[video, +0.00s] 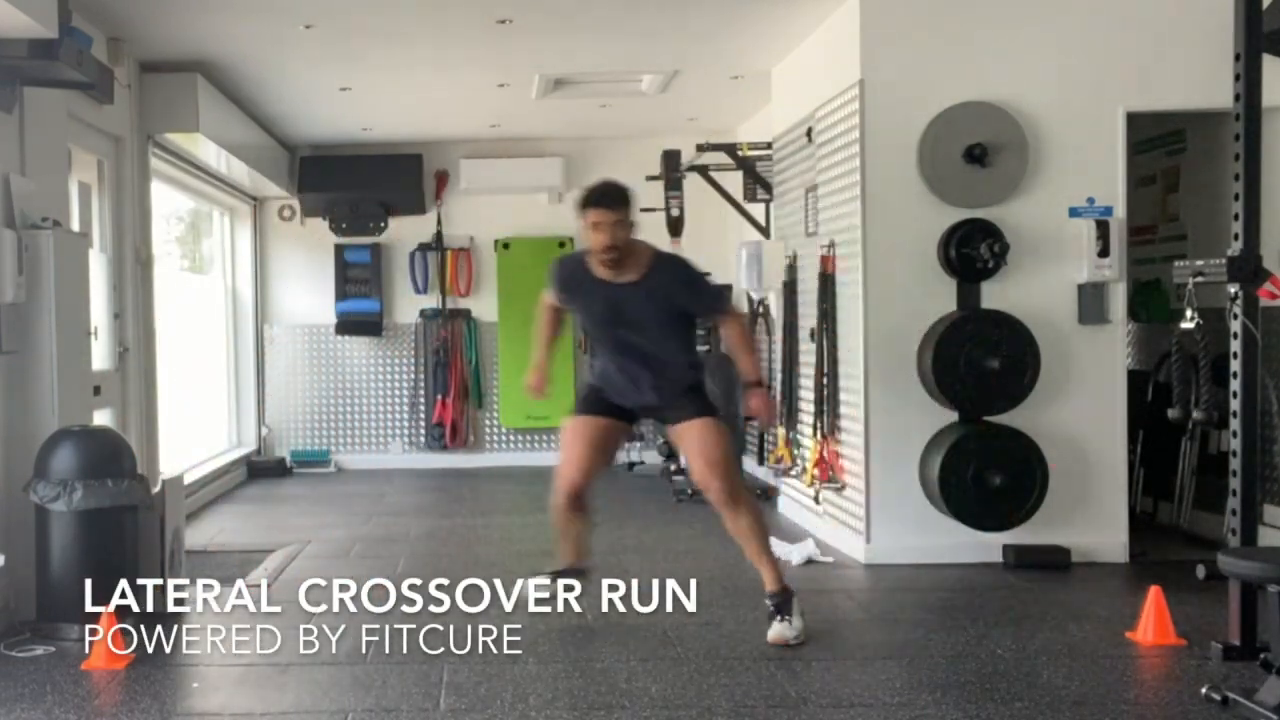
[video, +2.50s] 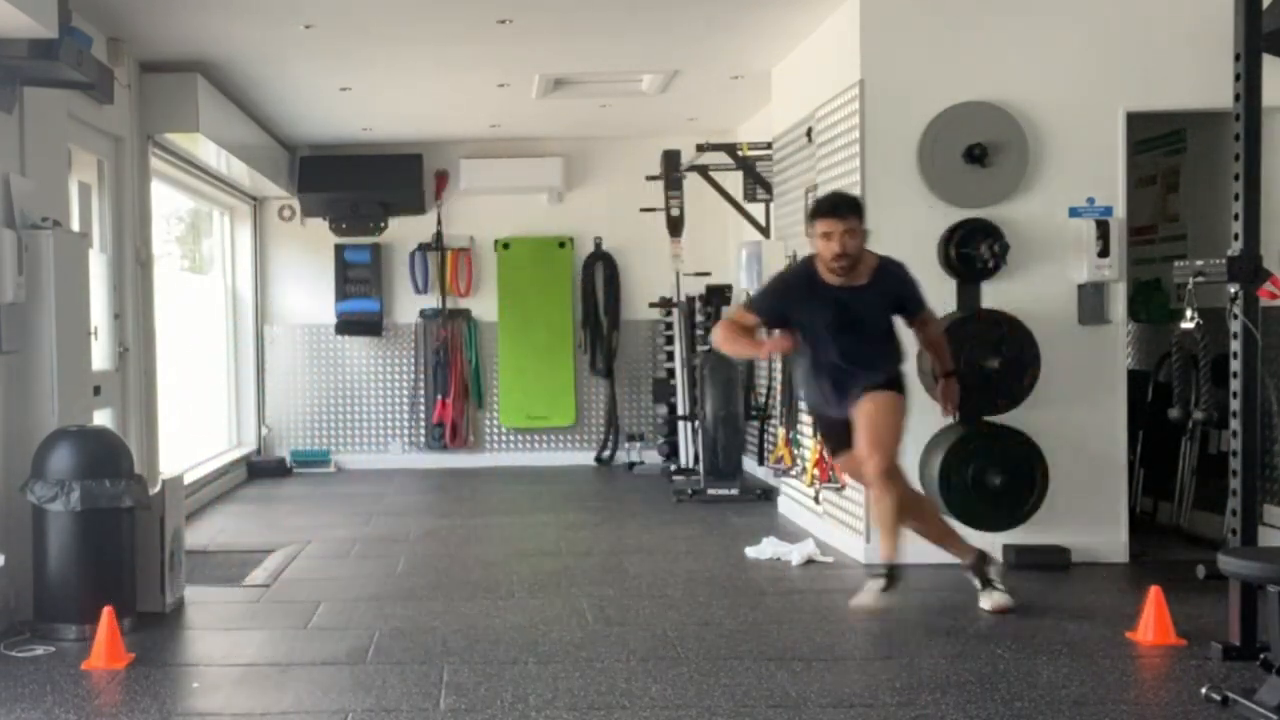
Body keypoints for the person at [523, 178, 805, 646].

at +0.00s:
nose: (606, 239)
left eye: (615, 227)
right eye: (595, 228)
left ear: (630, 224)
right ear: (582, 230)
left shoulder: (671, 273)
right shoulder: (570, 274)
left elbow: (730, 318)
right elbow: (552, 305)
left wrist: (753, 384)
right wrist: (539, 365)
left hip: (678, 390)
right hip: (609, 389)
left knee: (720, 488)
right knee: (568, 487)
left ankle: (778, 592)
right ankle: (572, 573)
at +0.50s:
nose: (326, 269)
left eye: (336, 256)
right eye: (315, 257)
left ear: (353, 254)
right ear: (303, 258)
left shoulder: (385, 312)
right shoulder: (287, 300)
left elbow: (418, 373)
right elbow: (259, 343)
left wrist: (410, 441)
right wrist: (249, 388)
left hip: (359, 419)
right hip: (300, 407)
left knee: (326, 498)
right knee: (240, 494)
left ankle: (339, 594)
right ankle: (182, 587)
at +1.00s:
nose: (368, 254)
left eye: (379, 243)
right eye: (357, 242)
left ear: (393, 246)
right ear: (340, 244)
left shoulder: (420, 302)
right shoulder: (318, 286)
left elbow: (469, 345)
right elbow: (275, 315)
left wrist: (491, 395)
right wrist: (246, 376)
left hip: (365, 424)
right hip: (314, 397)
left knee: (320, 510)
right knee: (309, 474)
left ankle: (260, 580)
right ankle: (256, 568)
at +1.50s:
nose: (726, 224)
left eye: (730, 214)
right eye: (717, 213)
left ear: (730, 215)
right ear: (686, 213)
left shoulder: (729, 268)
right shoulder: (640, 263)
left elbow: (754, 318)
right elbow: (566, 301)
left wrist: (778, 354)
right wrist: (539, 371)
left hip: (676, 386)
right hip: (625, 380)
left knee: (678, 498)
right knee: (659, 479)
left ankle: (608, 582)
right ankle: (585, 566)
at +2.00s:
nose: (986, 277)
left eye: (995, 264)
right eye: (973, 267)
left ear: (1012, 265)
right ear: (955, 271)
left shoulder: (1032, 311)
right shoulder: (929, 318)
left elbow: (1051, 365)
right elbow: (874, 370)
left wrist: (1062, 413)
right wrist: (893, 407)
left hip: (1005, 418)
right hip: (936, 422)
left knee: (1076, 493)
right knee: (949, 480)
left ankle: (1099, 578)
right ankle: (944, 587)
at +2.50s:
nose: (838, 247)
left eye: (848, 235)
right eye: (827, 237)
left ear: (863, 234)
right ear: (812, 239)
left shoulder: (889, 276)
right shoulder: (792, 284)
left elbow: (926, 324)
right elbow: (723, 333)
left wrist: (947, 374)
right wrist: (760, 346)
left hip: (877, 383)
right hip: (826, 401)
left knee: (878, 467)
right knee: (891, 493)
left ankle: (885, 569)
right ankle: (976, 561)